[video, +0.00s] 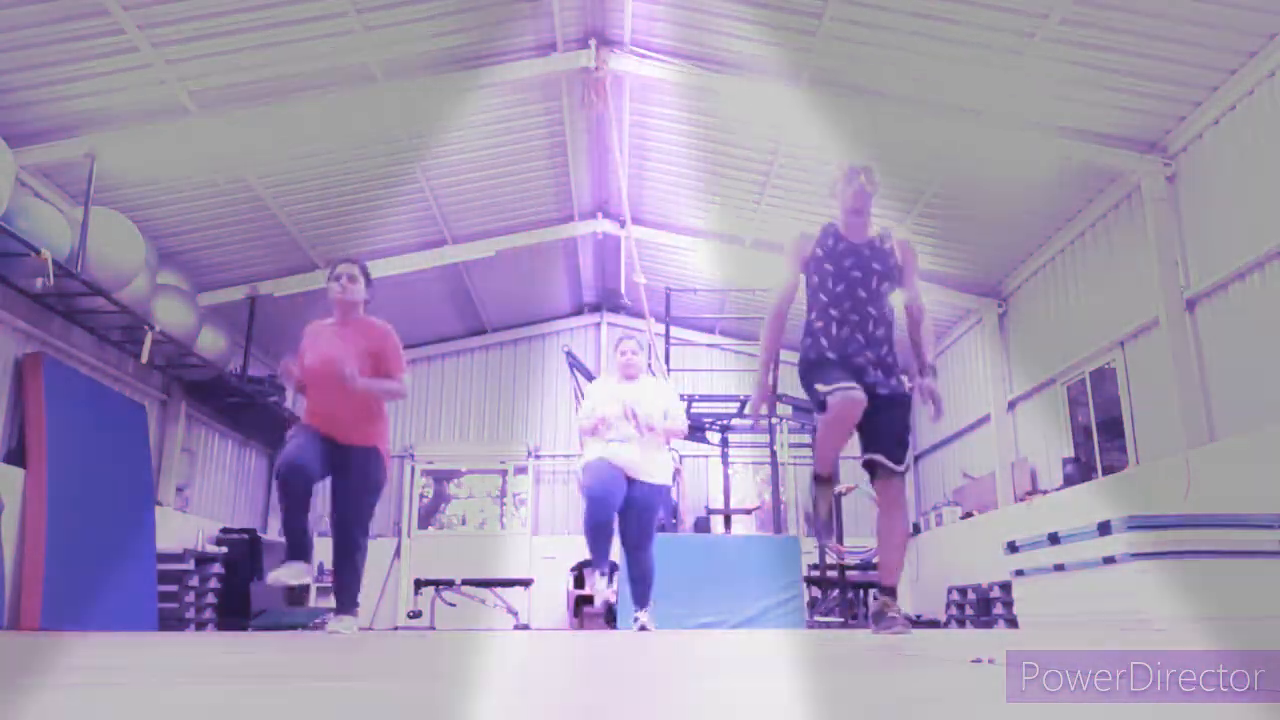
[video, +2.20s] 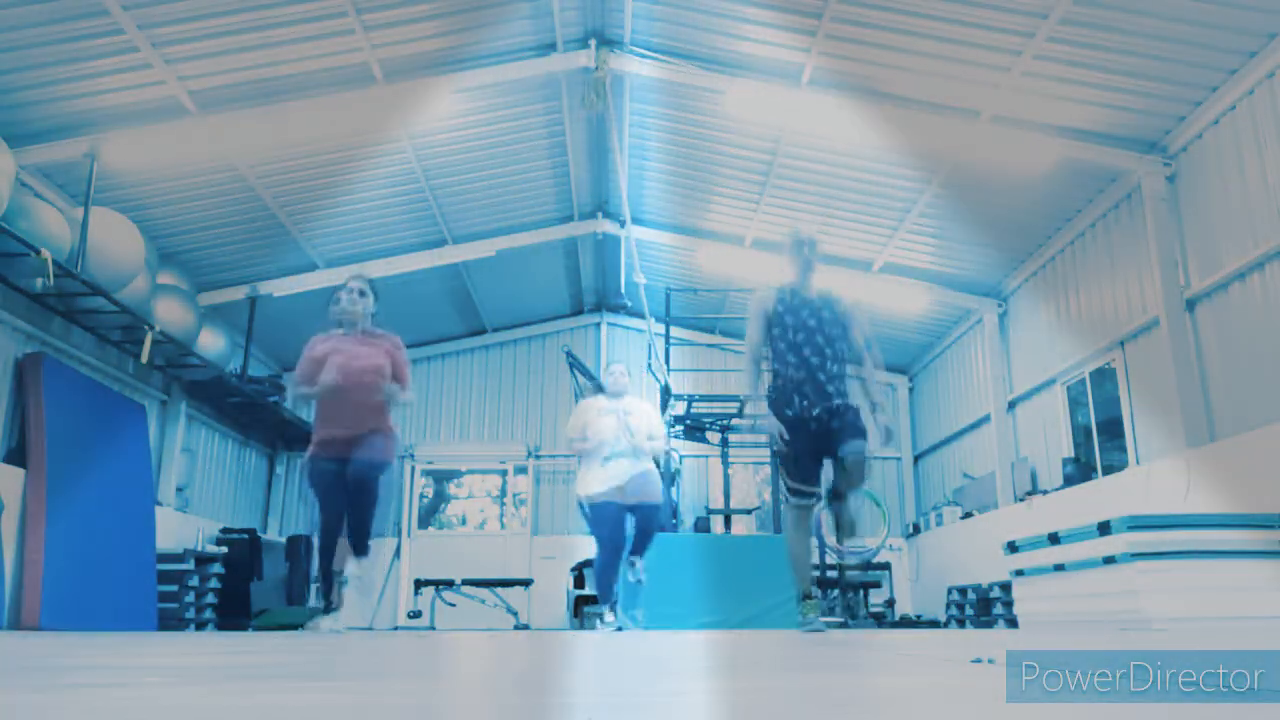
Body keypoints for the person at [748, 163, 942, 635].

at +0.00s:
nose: (862, 188)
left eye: (867, 181)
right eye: (852, 181)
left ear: (876, 193)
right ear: (836, 193)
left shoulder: (895, 246)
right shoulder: (811, 243)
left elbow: (914, 311)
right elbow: (779, 311)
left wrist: (925, 371)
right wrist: (764, 381)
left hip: (883, 368)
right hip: (826, 357)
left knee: (890, 483)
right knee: (848, 400)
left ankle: (887, 601)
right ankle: (823, 483)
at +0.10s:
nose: (855, 190)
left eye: (861, 182)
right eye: (846, 183)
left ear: (870, 186)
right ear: (831, 188)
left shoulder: (889, 233)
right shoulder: (809, 231)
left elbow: (911, 294)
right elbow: (777, 298)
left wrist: (919, 350)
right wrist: (768, 369)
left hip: (880, 357)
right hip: (825, 349)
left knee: (885, 476)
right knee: (844, 403)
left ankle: (888, 598)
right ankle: (829, 542)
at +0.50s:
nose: (833, 183)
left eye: (839, 178)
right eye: (824, 178)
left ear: (847, 188)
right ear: (808, 189)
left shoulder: (871, 237)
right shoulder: (787, 238)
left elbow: (891, 298)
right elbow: (771, 307)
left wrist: (907, 345)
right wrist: (771, 371)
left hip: (875, 361)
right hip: (818, 363)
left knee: (891, 468)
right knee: (827, 479)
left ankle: (879, 562)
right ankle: (838, 592)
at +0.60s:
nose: (832, 203)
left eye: (838, 196)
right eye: (823, 196)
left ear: (846, 205)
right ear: (807, 205)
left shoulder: (867, 253)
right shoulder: (790, 254)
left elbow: (885, 316)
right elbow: (773, 323)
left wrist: (908, 374)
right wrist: (776, 386)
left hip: (873, 373)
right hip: (820, 377)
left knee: (898, 444)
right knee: (830, 491)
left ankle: (872, 499)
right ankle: (835, 599)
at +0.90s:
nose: (835, 196)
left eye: (842, 191)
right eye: (827, 191)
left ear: (851, 203)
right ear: (813, 204)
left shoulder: (873, 253)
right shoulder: (791, 251)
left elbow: (893, 309)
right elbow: (767, 313)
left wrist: (906, 361)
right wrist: (782, 359)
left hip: (864, 373)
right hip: (809, 375)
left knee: (877, 445)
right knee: (815, 488)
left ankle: (873, 552)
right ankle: (826, 591)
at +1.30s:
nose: (839, 213)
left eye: (846, 207)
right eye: (832, 207)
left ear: (856, 217)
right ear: (819, 217)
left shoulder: (874, 266)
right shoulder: (797, 264)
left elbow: (894, 323)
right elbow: (773, 323)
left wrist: (894, 371)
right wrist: (771, 381)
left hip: (856, 390)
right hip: (803, 390)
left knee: (859, 491)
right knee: (804, 484)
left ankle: (860, 594)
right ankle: (802, 571)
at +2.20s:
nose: (805, 260)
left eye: (810, 254)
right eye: (799, 253)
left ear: (818, 259)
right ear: (788, 259)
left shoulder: (839, 306)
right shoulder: (768, 301)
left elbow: (863, 362)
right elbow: (753, 357)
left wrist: (878, 410)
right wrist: (757, 408)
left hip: (839, 407)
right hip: (793, 411)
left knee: (855, 451)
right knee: (801, 509)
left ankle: (844, 519)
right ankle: (806, 598)